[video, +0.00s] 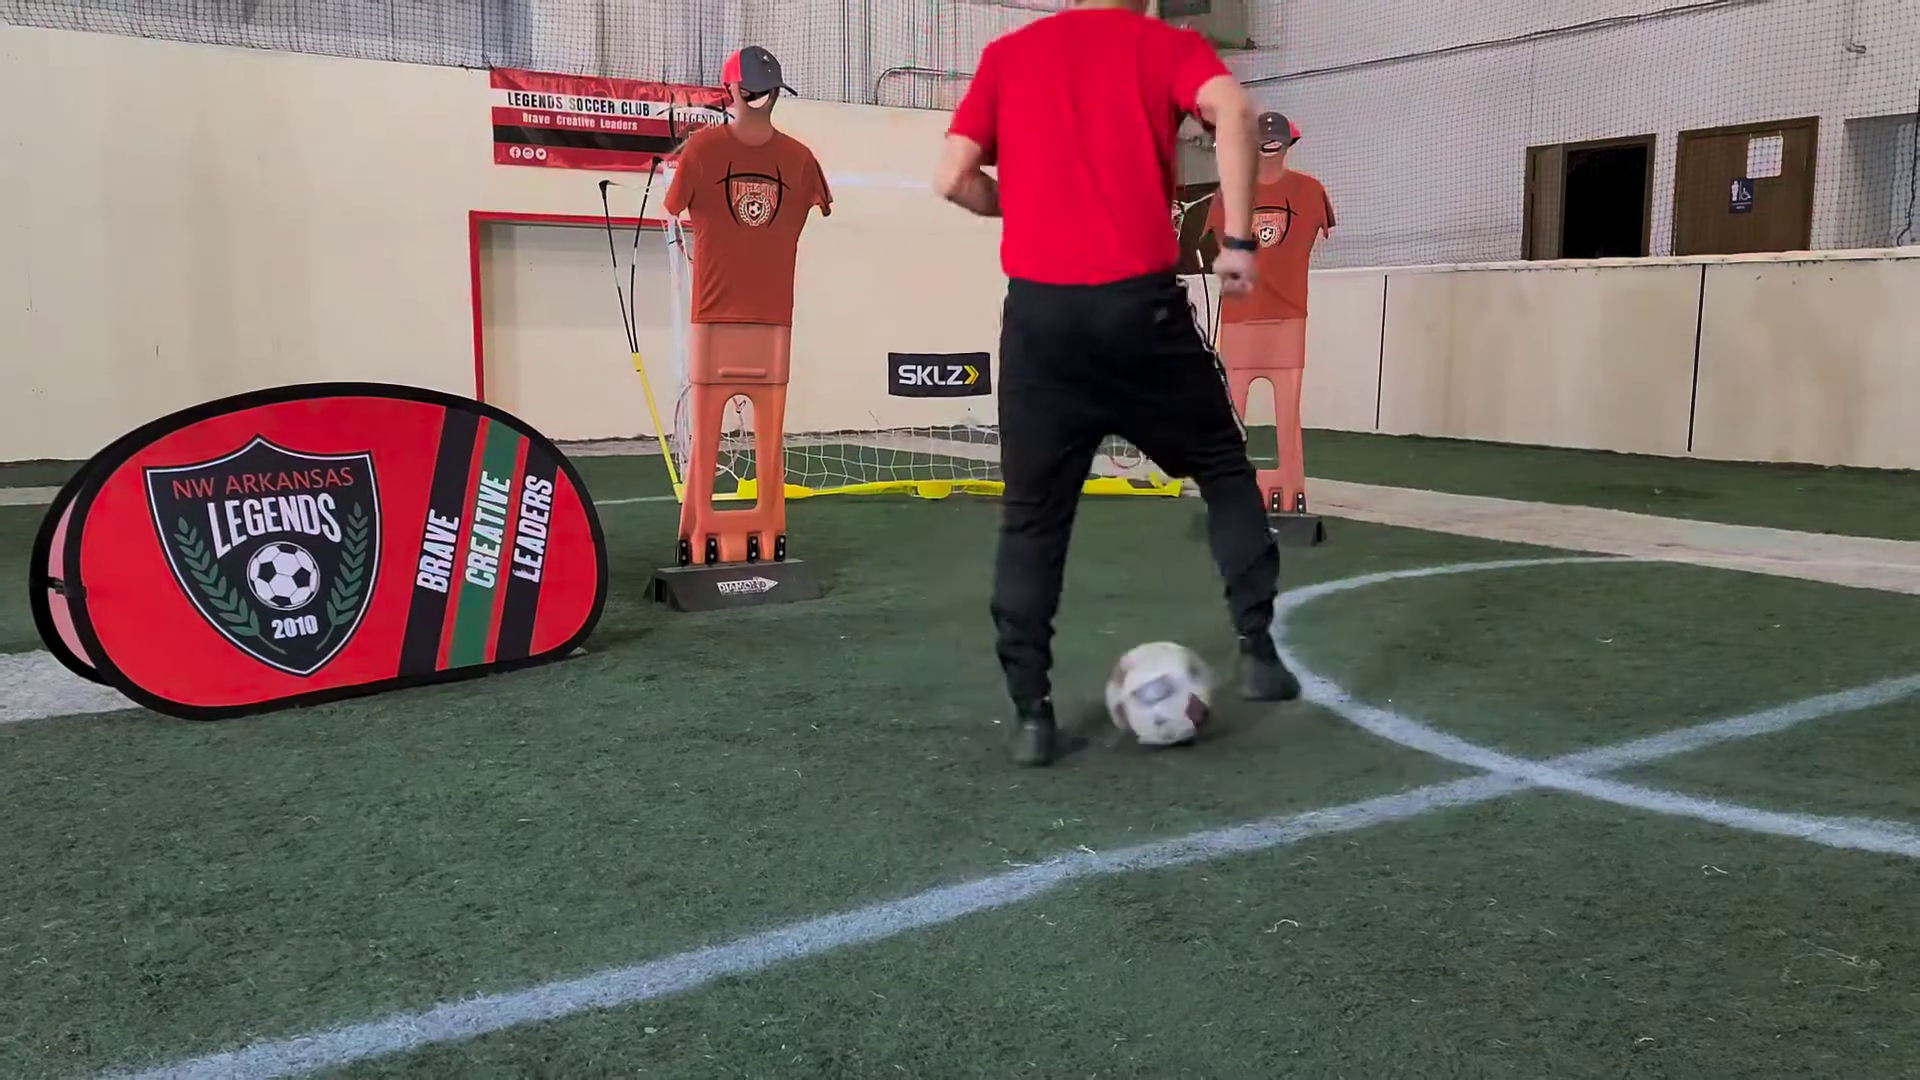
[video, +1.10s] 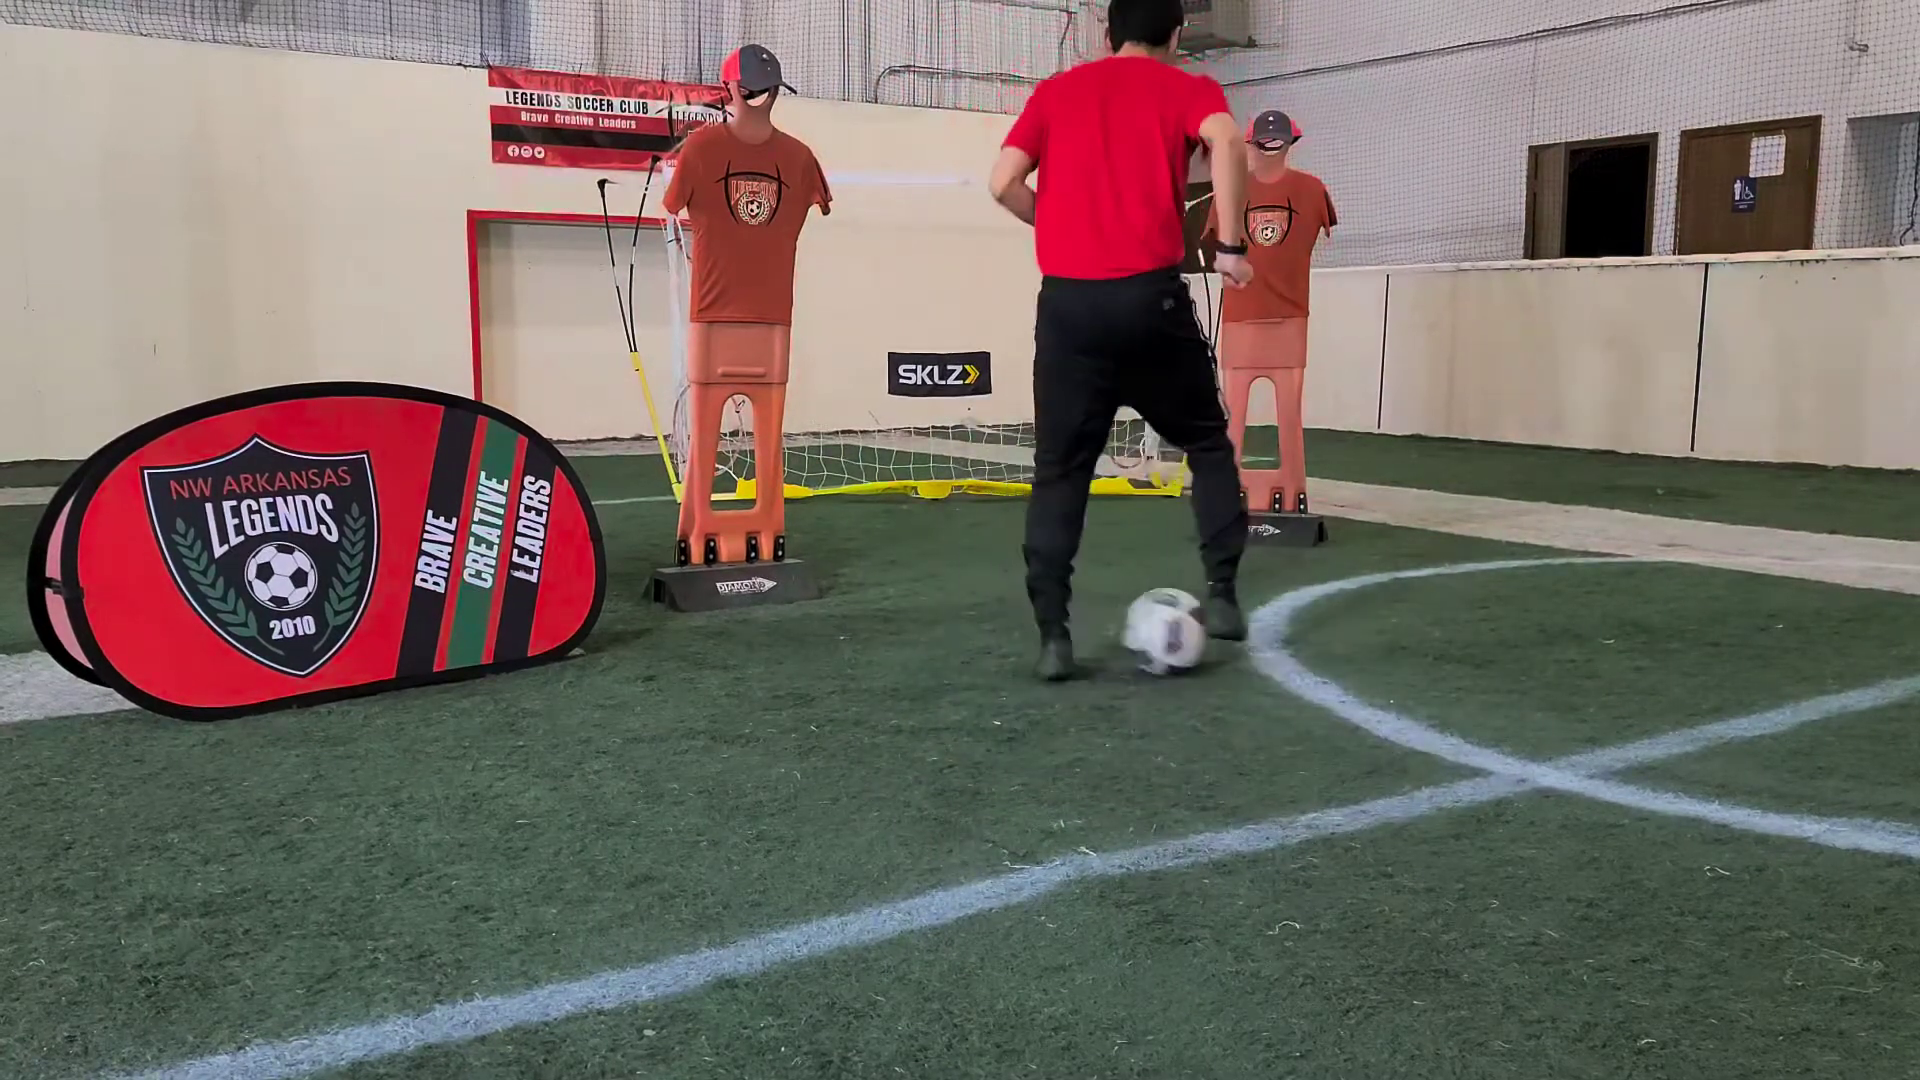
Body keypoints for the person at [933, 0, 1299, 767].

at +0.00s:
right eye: (1155, 9)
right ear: (1140, 1)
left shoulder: (1006, 52)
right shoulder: (1165, 42)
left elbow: (954, 180)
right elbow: (1234, 108)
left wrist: (1028, 200)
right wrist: (1237, 234)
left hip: (1037, 315)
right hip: (1141, 308)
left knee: (1032, 514)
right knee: (1222, 466)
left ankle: (1032, 712)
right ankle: (1259, 648)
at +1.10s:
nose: (1180, 41)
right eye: (1179, 30)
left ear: (1108, 30)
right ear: (1172, 35)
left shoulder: (1057, 88)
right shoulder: (1189, 87)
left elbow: (1003, 183)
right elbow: (1226, 140)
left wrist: (1060, 223)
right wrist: (1228, 238)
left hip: (1067, 304)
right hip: (1152, 301)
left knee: (1060, 465)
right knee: (1207, 443)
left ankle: (1053, 631)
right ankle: (1223, 592)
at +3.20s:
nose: (1225, 106)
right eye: (1230, 99)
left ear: (1178, 99)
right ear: (1227, 100)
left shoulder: (1147, 137)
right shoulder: (1248, 143)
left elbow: (1104, 195)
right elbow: (1284, 214)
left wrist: (1128, 243)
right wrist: (1267, 241)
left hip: (1161, 301)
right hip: (1223, 300)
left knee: (1144, 413)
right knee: (1246, 413)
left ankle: (1131, 531)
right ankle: (1244, 529)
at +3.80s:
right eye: (1281, 114)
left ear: (1234, 113)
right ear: (1280, 115)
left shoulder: (1203, 151)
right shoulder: (1298, 165)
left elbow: (1157, 207)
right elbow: (1321, 241)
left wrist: (1154, 262)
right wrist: (1321, 292)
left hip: (1196, 305)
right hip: (1253, 312)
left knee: (1175, 380)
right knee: (1251, 427)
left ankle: (1154, 472)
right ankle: (1239, 545)